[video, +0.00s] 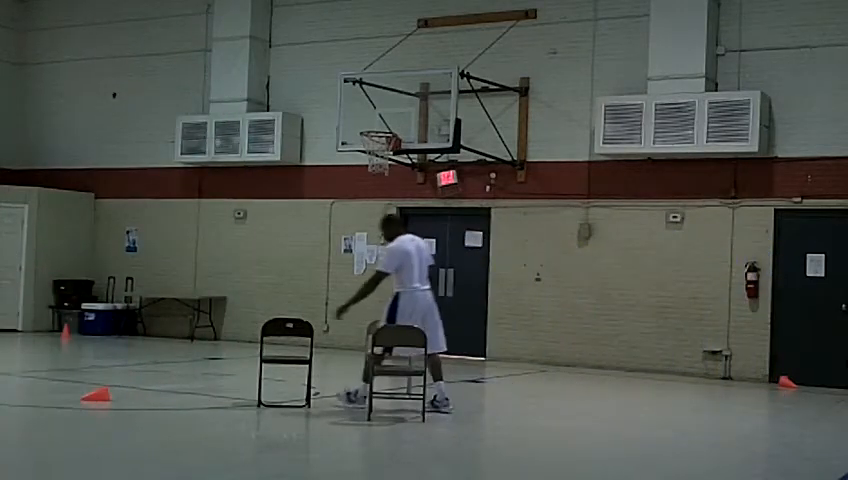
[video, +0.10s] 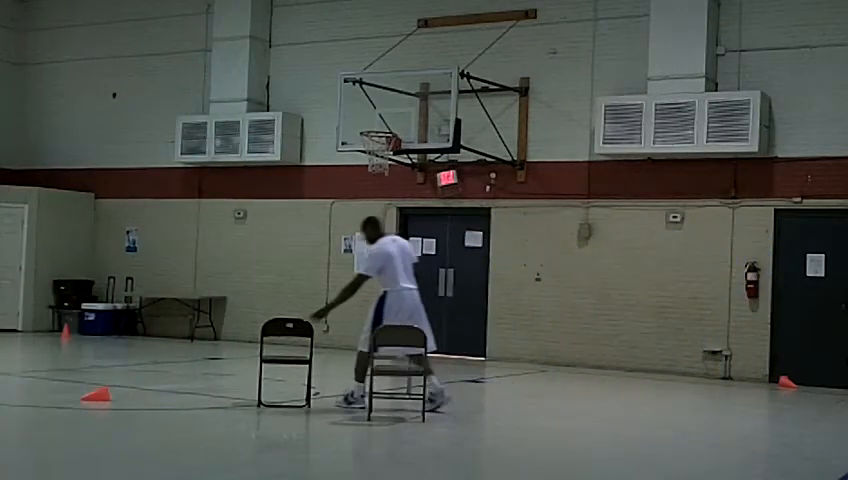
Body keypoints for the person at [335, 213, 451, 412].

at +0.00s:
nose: (383, 235)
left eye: (384, 231)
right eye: (383, 231)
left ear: (392, 228)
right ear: (402, 227)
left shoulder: (396, 247)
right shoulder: (421, 242)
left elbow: (375, 281)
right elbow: (430, 267)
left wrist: (348, 304)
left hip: (405, 299)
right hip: (426, 297)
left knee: (383, 347)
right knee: (431, 349)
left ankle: (362, 392)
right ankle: (441, 396)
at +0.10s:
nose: (364, 238)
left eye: (364, 233)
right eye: (363, 234)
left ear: (369, 232)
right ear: (381, 229)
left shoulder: (378, 249)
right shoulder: (404, 243)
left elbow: (354, 285)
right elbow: (415, 264)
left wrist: (327, 308)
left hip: (391, 298)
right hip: (413, 297)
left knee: (366, 345)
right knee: (413, 346)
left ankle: (358, 393)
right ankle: (436, 388)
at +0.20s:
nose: (350, 241)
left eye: (349, 237)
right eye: (349, 237)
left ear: (352, 235)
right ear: (364, 229)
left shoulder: (361, 251)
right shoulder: (390, 241)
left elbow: (339, 288)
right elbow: (404, 267)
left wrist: (314, 312)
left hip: (380, 296)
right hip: (402, 294)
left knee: (359, 345)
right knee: (396, 344)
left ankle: (357, 394)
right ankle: (422, 382)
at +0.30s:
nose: (337, 239)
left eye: (336, 236)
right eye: (336, 236)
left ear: (340, 234)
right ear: (352, 228)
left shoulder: (350, 249)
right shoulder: (378, 238)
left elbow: (334, 286)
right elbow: (397, 263)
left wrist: (311, 312)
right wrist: (402, 287)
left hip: (372, 293)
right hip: (393, 290)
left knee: (355, 343)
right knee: (385, 339)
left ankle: (356, 394)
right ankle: (405, 381)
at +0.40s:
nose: (329, 241)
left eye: (328, 237)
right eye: (327, 237)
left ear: (331, 233)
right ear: (342, 227)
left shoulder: (344, 246)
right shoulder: (367, 237)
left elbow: (329, 284)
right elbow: (388, 262)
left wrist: (305, 312)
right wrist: (397, 291)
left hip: (366, 291)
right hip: (385, 288)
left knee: (354, 342)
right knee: (376, 338)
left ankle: (356, 393)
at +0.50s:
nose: (322, 240)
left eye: (321, 237)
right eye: (320, 237)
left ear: (324, 233)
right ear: (335, 227)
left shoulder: (336, 246)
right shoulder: (361, 237)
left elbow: (323, 284)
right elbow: (380, 264)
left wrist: (300, 314)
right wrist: (387, 294)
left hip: (359, 291)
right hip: (377, 288)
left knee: (355, 343)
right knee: (363, 341)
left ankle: (356, 393)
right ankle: (359, 389)